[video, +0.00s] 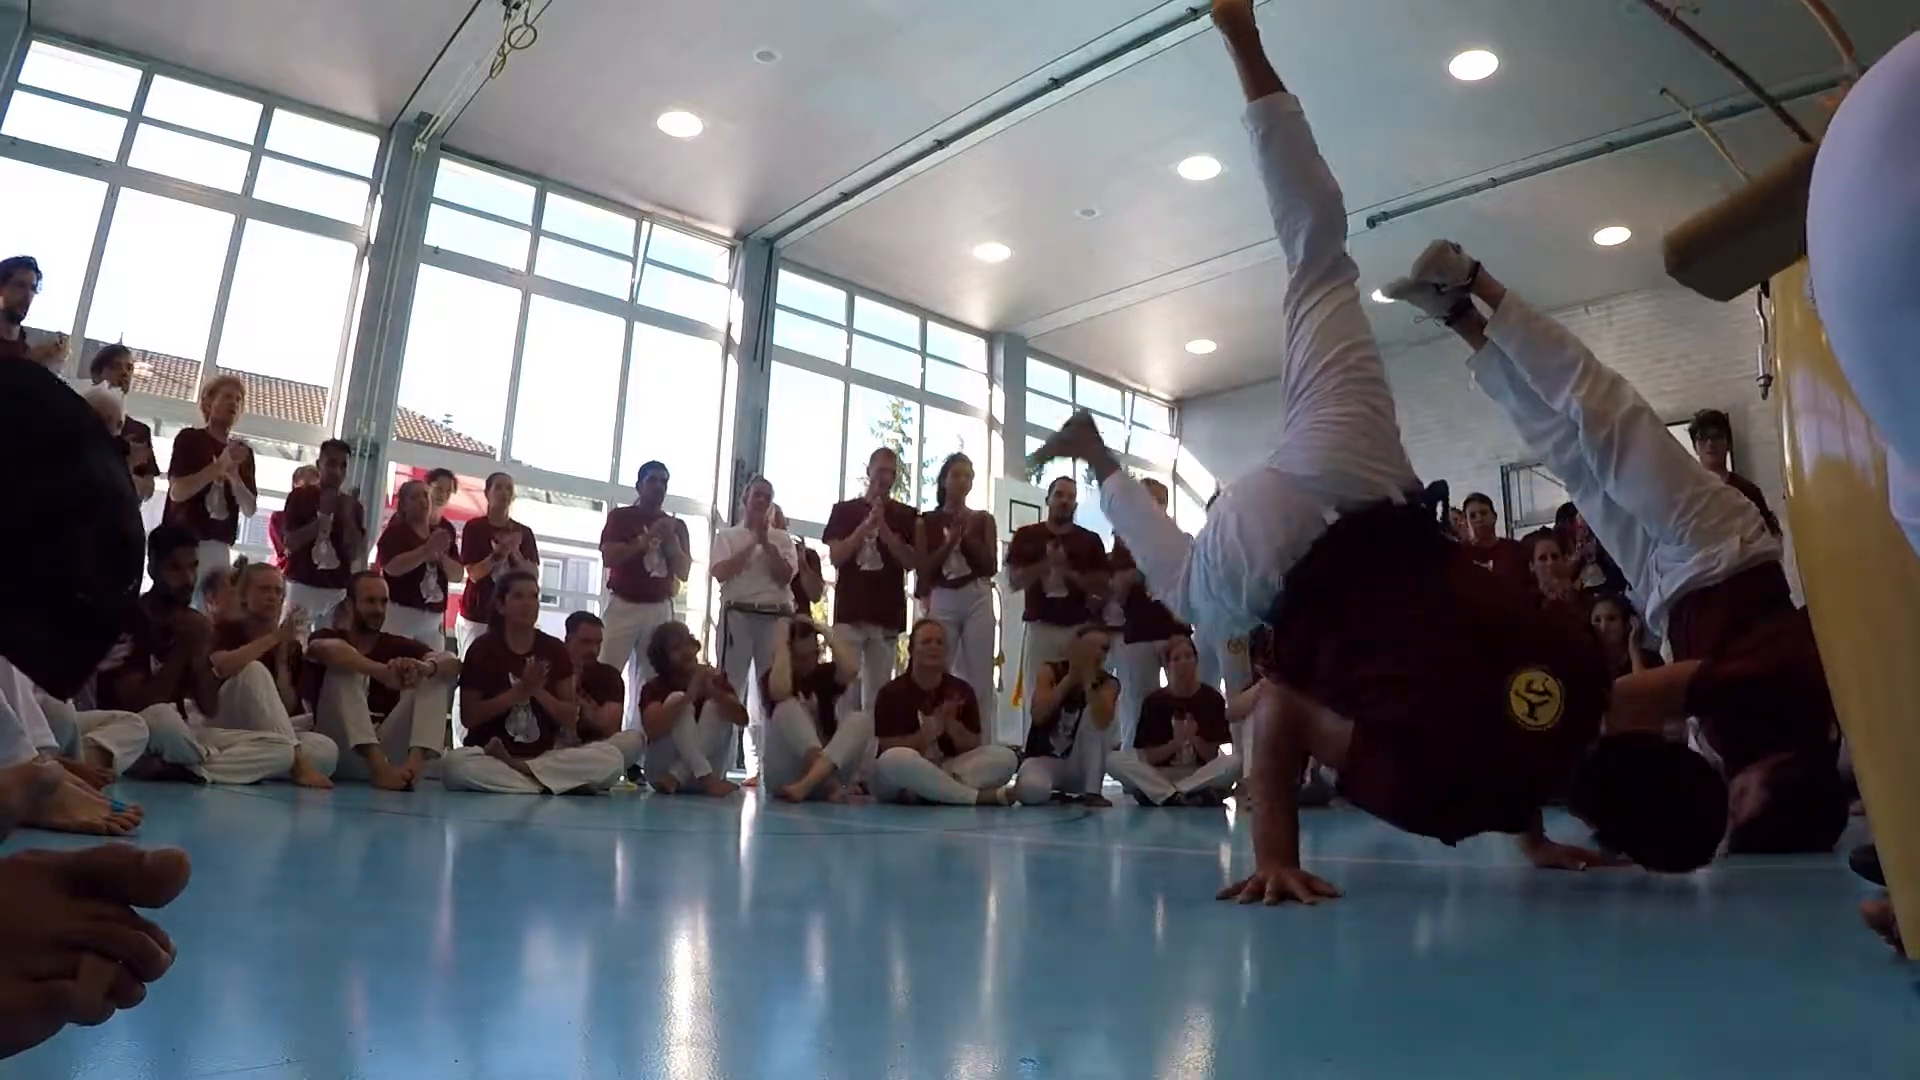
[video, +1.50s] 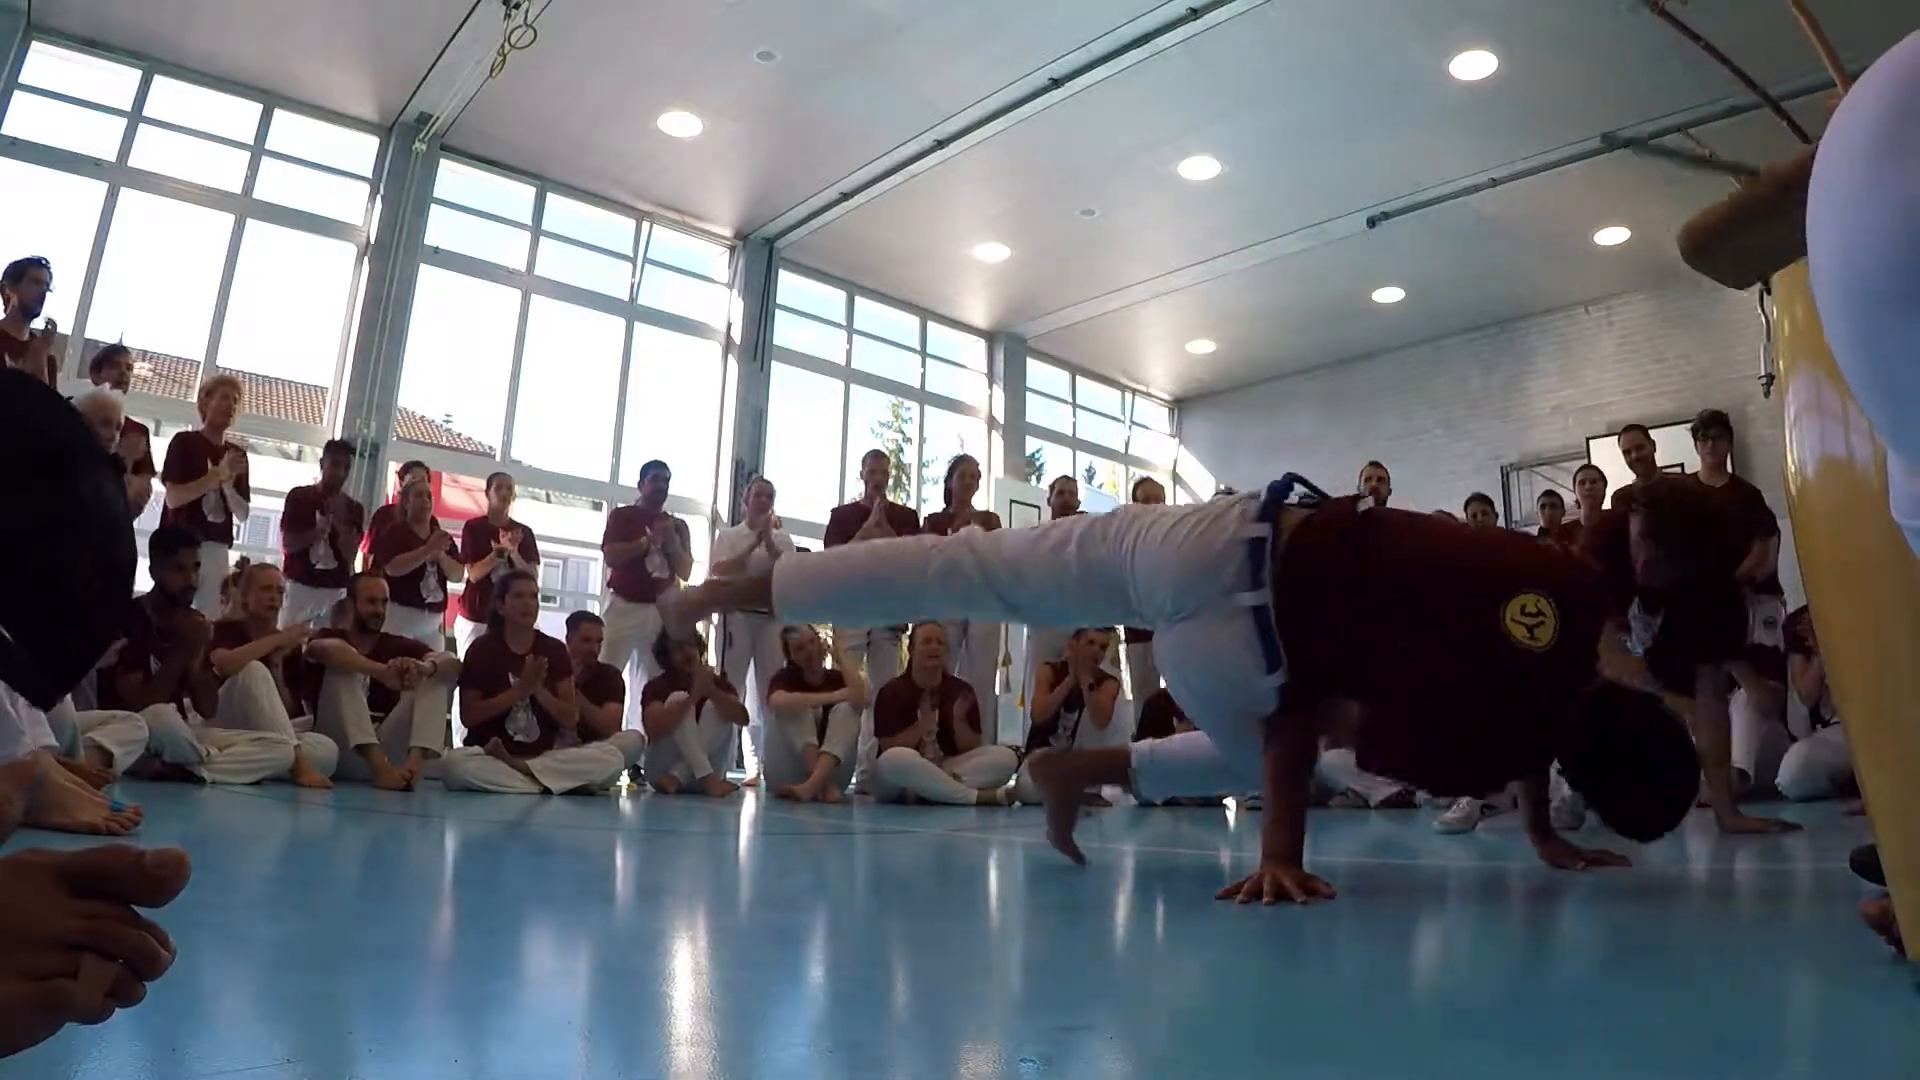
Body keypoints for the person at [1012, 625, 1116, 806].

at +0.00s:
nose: (1098, 654)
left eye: (1104, 649)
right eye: (1093, 646)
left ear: (1107, 652)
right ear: (1076, 645)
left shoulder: (1108, 683)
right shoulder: (1049, 671)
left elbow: (1102, 719)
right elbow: (1039, 715)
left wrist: (1089, 680)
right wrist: (1070, 679)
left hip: (1081, 763)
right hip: (1043, 761)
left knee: (1095, 713)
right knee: (1032, 792)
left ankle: (1093, 792)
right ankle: (1057, 798)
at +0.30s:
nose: (1096, 651)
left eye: (1102, 647)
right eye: (1091, 643)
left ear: (1106, 653)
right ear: (1076, 643)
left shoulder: (1108, 682)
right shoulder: (1050, 670)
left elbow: (1101, 718)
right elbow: (1038, 713)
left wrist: (1088, 674)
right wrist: (1072, 677)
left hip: (1081, 763)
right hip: (1043, 761)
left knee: (1096, 712)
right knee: (1031, 792)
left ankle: (1093, 792)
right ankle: (1057, 797)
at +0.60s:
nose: (1096, 652)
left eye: (1102, 649)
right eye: (1091, 644)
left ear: (1104, 654)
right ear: (1074, 644)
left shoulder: (1107, 682)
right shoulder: (1049, 670)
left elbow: (1101, 718)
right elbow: (1037, 715)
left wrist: (1086, 679)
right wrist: (1064, 678)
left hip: (1081, 764)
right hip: (1043, 761)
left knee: (1095, 712)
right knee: (1031, 792)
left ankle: (1093, 792)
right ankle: (1057, 798)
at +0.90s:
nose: (1097, 651)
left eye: (1102, 647)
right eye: (1091, 643)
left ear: (1106, 653)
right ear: (1074, 644)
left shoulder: (1107, 682)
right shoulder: (1049, 671)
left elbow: (1099, 718)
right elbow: (1038, 715)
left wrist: (1086, 676)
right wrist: (1068, 674)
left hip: (1081, 763)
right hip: (1043, 761)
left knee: (1095, 711)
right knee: (1031, 792)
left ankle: (1092, 792)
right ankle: (1057, 797)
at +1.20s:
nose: (1097, 650)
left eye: (1102, 647)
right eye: (1091, 643)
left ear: (1105, 655)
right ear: (1074, 645)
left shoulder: (1102, 680)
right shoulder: (1048, 671)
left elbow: (1101, 721)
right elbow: (1037, 716)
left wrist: (1089, 678)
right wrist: (1065, 675)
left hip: (1079, 763)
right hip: (1042, 762)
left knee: (1094, 712)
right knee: (1032, 791)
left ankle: (1092, 791)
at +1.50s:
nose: (1096, 652)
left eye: (1103, 648)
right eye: (1091, 643)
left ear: (1106, 652)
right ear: (1074, 643)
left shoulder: (1108, 682)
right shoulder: (1049, 670)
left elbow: (1101, 720)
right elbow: (1038, 715)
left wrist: (1085, 676)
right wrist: (1071, 679)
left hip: (1076, 759)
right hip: (1040, 754)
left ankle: (1011, 794)